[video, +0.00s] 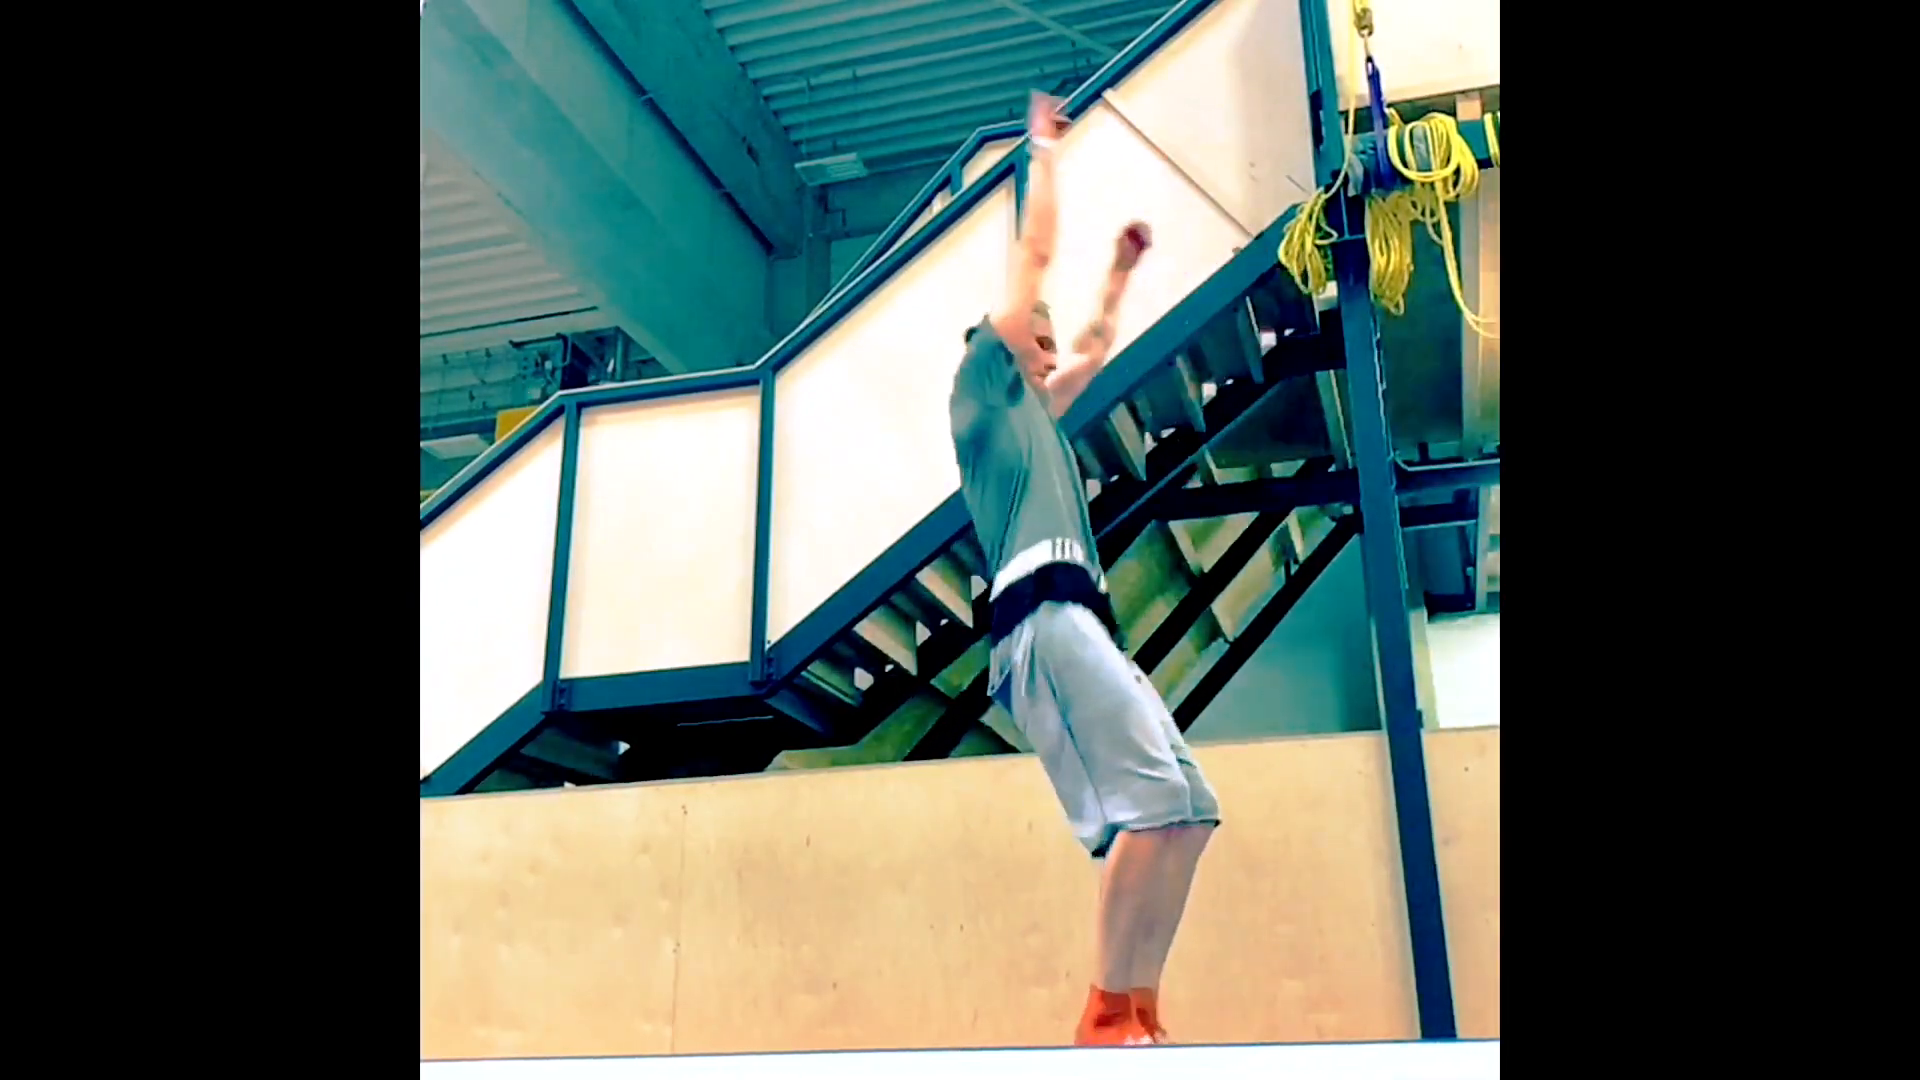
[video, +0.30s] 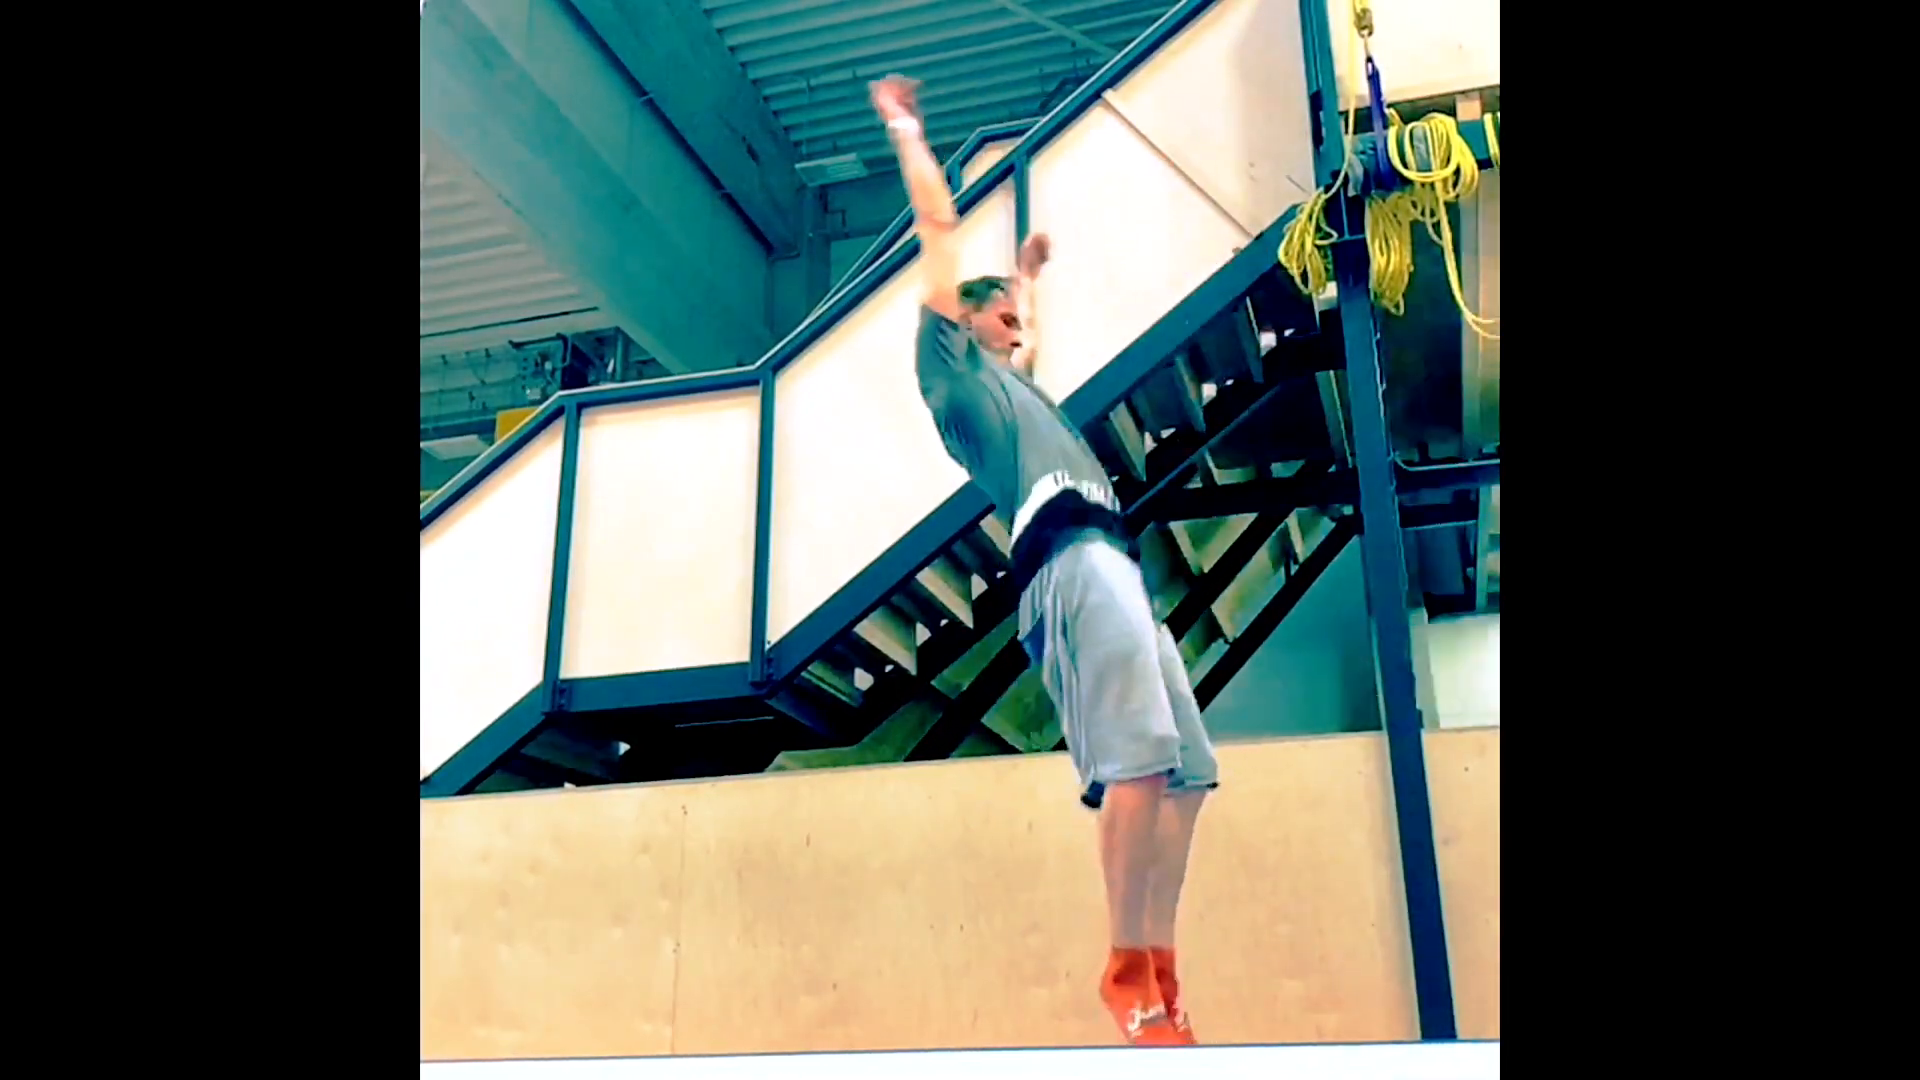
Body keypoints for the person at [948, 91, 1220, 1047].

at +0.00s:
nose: (1047, 342)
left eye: (1049, 334)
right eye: (1036, 328)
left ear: (1039, 355)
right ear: (1004, 336)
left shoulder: (1035, 417)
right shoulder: (985, 385)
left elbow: (1092, 351)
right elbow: (1031, 256)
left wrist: (1119, 272)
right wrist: (1044, 149)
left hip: (1076, 628)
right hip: (1044, 625)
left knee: (1190, 810)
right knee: (1155, 804)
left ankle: (1135, 1015)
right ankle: (1110, 1018)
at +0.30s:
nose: (1014, 324)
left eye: (1018, 316)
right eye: (998, 316)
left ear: (1018, 328)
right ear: (964, 322)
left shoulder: (1014, 392)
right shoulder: (953, 369)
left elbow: (1024, 344)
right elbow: (937, 226)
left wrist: (1031, 273)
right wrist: (905, 126)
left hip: (1112, 564)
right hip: (1070, 561)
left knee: (1190, 768)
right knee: (1137, 759)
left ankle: (1157, 966)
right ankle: (1126, 968)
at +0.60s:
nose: (991, 305)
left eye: (990, 298)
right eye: (973, 295)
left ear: (970, 315)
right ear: (928, 304)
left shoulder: (1000, 374)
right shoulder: (920, 343)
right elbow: (852, 231)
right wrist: (784, 151)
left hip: (1140, 511)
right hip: (1093, 500)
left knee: (1193, 716)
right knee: (1144, 698)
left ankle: (1176, 912)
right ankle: (1142, 912)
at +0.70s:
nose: (980, 301)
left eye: (978, 292)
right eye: (963, 290)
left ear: (956, 303)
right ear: (920, 300)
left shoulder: (989, 364)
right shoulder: (913, 343)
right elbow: (832, 237)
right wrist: (749, 164)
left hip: (1149, 491)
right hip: (1100, 480)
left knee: (1205, 697)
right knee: (1155, 673)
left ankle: (1178, 890)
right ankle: (1142, 889)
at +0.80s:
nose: (969, 297)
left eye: (968, 289)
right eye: (952, 288)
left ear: (956, 302)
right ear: (909, 301)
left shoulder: (989, 357)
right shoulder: (907, 343)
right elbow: (813, 245)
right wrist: (724, 181)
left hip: (1150, 471)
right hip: (1100, 465)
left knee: (1217, 674)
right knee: (1167, 647)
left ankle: (1180, 862)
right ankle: (1141, 860)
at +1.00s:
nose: (949, 293)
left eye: (947, 286)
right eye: (932, 287)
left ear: (937, 302)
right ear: (896, 306)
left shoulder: (973, 358)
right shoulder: (895, 347)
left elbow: (917, 411)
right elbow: (788, 263)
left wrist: (896, 410)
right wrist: (684, 214)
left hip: (1157, 443)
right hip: (1105, 437)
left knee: (1241, 626)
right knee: (1194, 602)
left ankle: (1189, 809)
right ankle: (1146, 800)